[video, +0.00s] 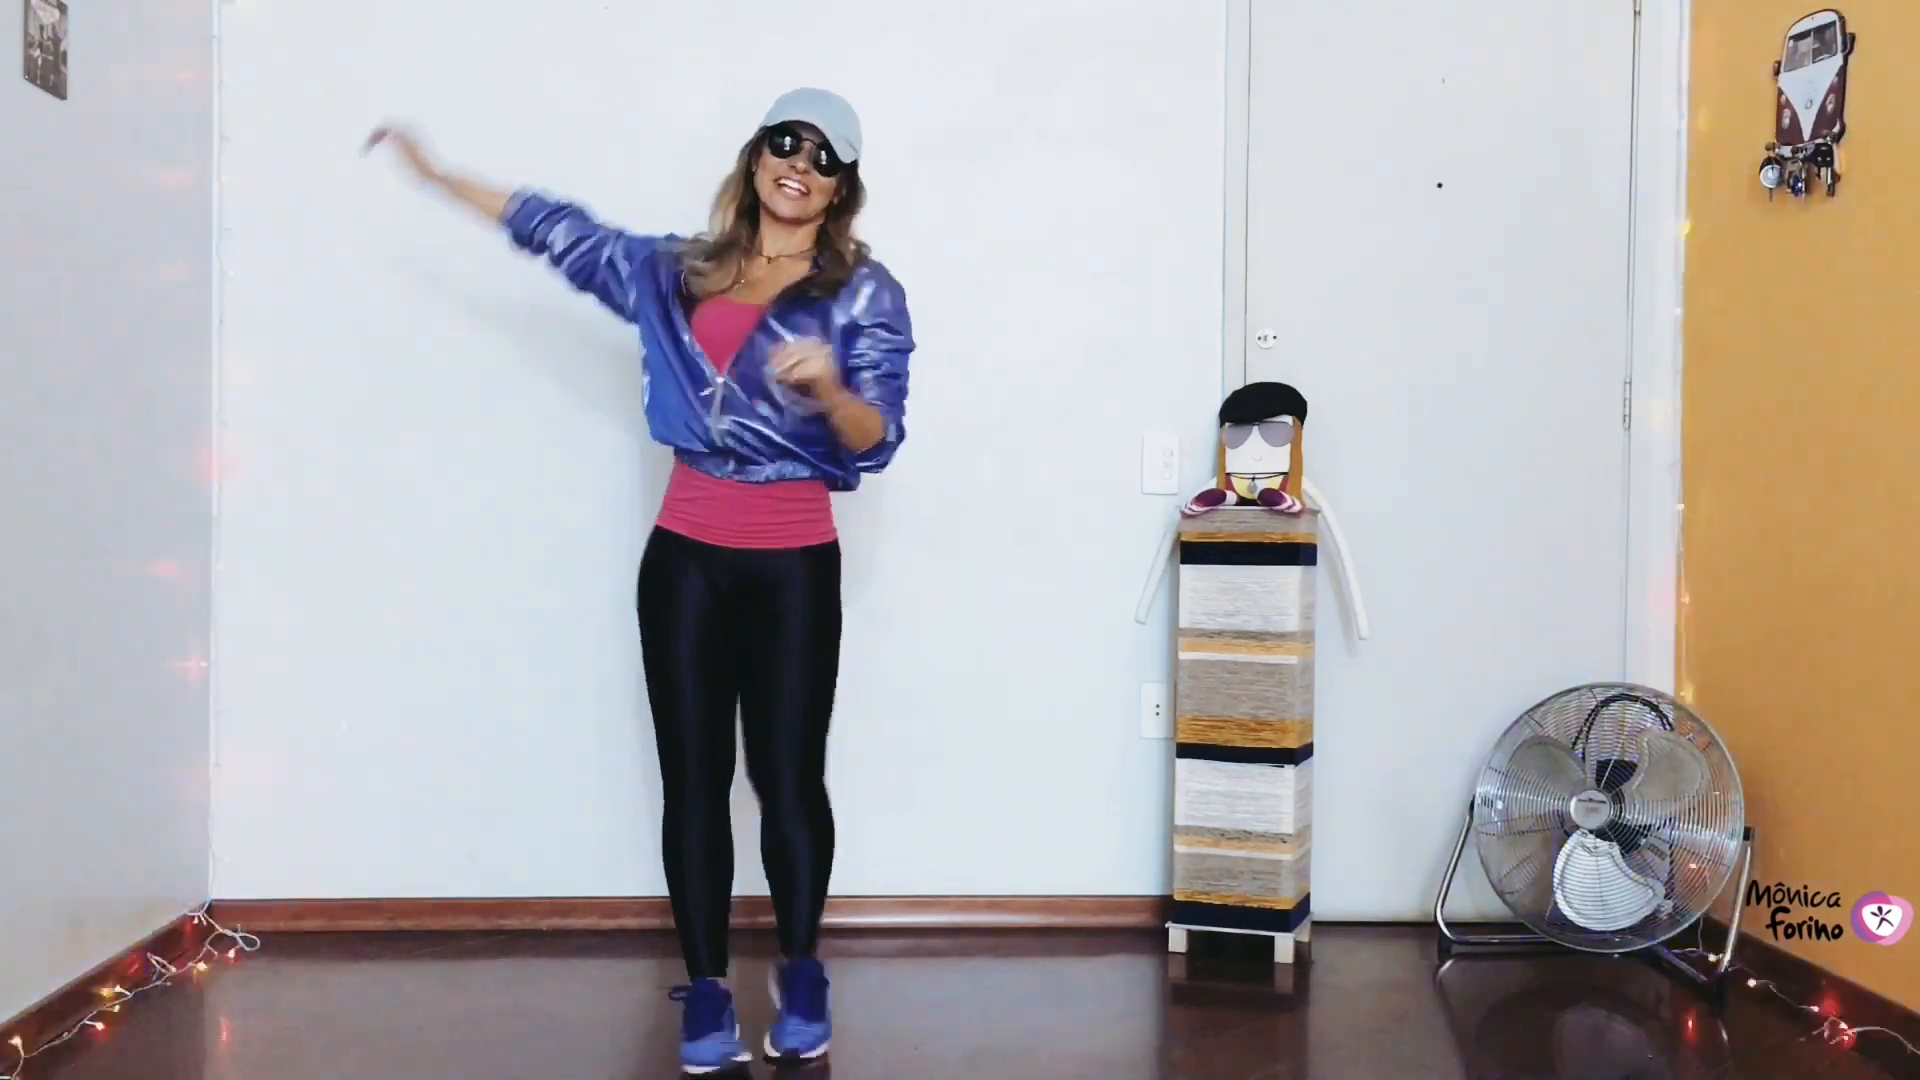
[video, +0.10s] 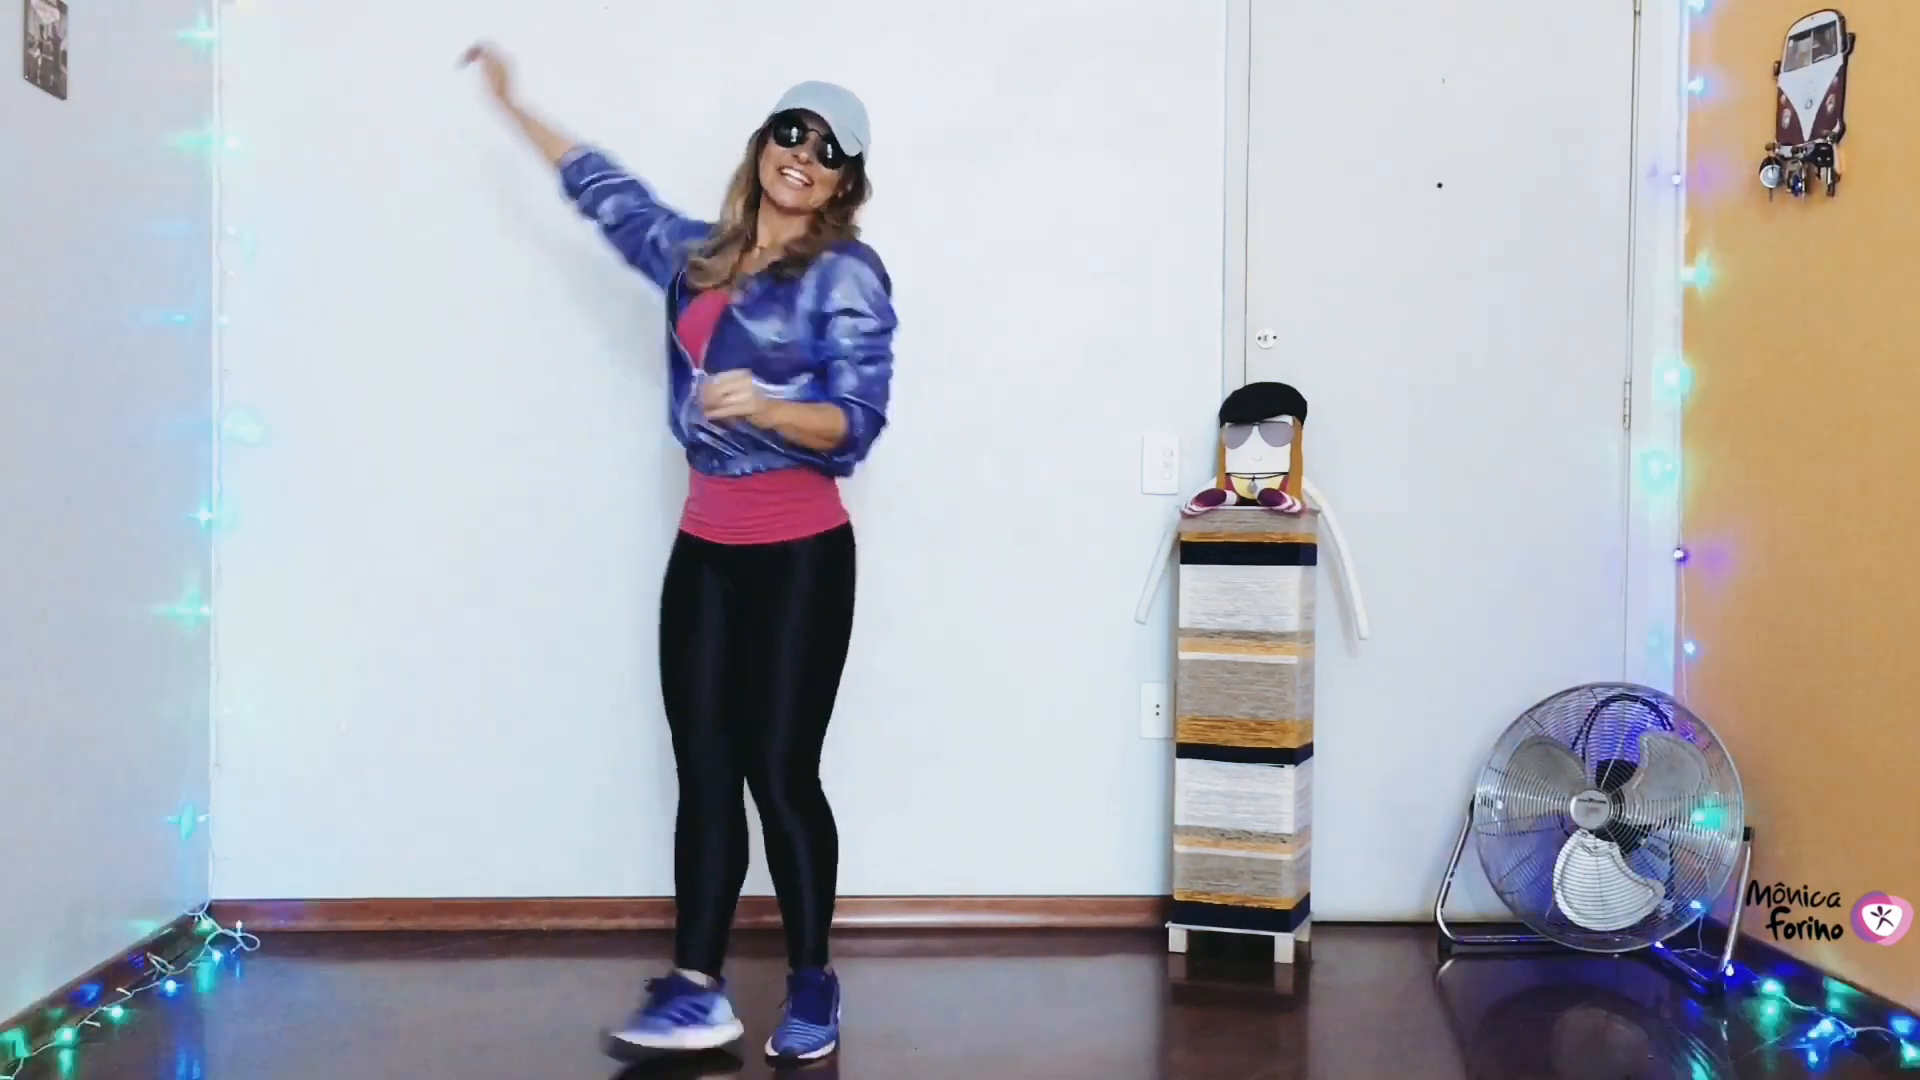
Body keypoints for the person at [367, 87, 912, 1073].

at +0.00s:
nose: (798, 170)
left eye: (821, 161)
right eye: (784, 150)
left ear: (841, 187)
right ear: (753, 162)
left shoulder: (865, 294)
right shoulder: (677, 270)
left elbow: (875, 447)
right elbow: (558, 228)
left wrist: (831, 392)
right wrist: (440, 177)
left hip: (795, 564)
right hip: (686, 556)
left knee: (789, 777)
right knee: (694, 777)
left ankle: (801, 979)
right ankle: (706, 993)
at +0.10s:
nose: (799, 165)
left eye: (824, 159)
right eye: (791, 143)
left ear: (843, 184)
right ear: (761, 151)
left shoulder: (848, 275)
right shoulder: (699, 259)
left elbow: (856, 424)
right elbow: (606, 188)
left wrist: (762, 404)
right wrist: (511, 103)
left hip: (801, 552)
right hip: (708, 547)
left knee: (783, 773)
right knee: (706, 768)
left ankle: (811, 990)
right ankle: (696, 987)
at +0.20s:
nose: (796, 150)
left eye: (822, 146)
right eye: (787, 127)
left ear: (840, 173)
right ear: (759, 132)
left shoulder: (824, 256)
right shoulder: (710, 227)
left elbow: (839, 413)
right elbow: (635, 149)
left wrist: (719, 408)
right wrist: (568, 49)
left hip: (810, 537)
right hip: (729, 538)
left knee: (787, 754)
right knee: (692, 745)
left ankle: (834, 982)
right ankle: (679, 968)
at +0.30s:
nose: (787, 151)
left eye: (813, 147)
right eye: (782, 128)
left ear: (834, 174)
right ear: (756, 132)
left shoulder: (813, 252)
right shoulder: (725, 223)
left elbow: (819, 401)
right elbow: (661, 126)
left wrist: (695, 404)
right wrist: (611, 25)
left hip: (810, 532)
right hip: (740, 539)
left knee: (813, 749)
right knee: (674, 722)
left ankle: (860, 976)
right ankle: (698, 937)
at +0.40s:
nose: (783, 169)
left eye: (806, 166)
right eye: (775, 147)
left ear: (824, 193)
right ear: (745, 151)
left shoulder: (805, 270)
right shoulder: (717, 232)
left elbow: (810, 413)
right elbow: (673, 121)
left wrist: (682, 413)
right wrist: (641, 11)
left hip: (798, 538)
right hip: (734, 545)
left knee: (820, 758)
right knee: (686, 728)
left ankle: (859, 980)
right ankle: (732, 919)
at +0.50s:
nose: (777, 181)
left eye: (801, 178)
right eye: (768, 159)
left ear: (818, 204)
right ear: (740, 170)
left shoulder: (801, 285)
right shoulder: (708, 257)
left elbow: (794, 433)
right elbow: (679, 134)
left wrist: (670, 431)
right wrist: (669, 24)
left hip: (790, 543)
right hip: (724, 550)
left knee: (781, 751)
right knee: (703, 739)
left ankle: (845, 975)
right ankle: (742, 932)